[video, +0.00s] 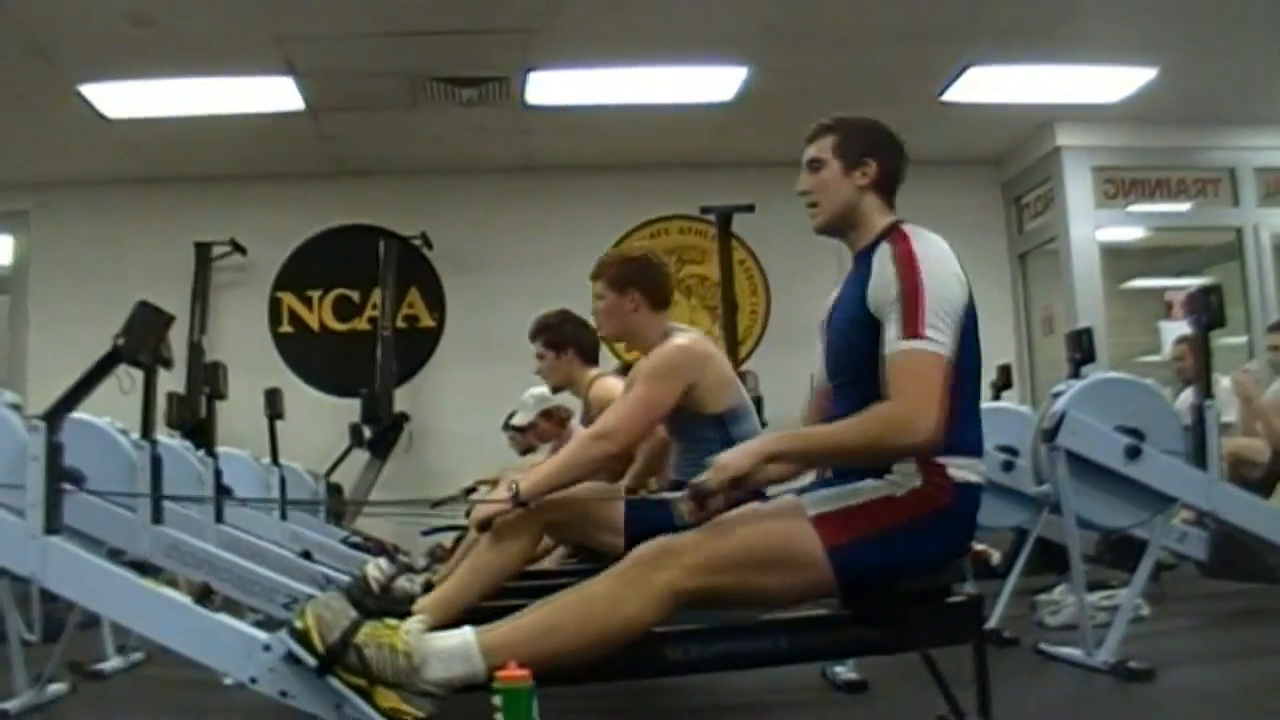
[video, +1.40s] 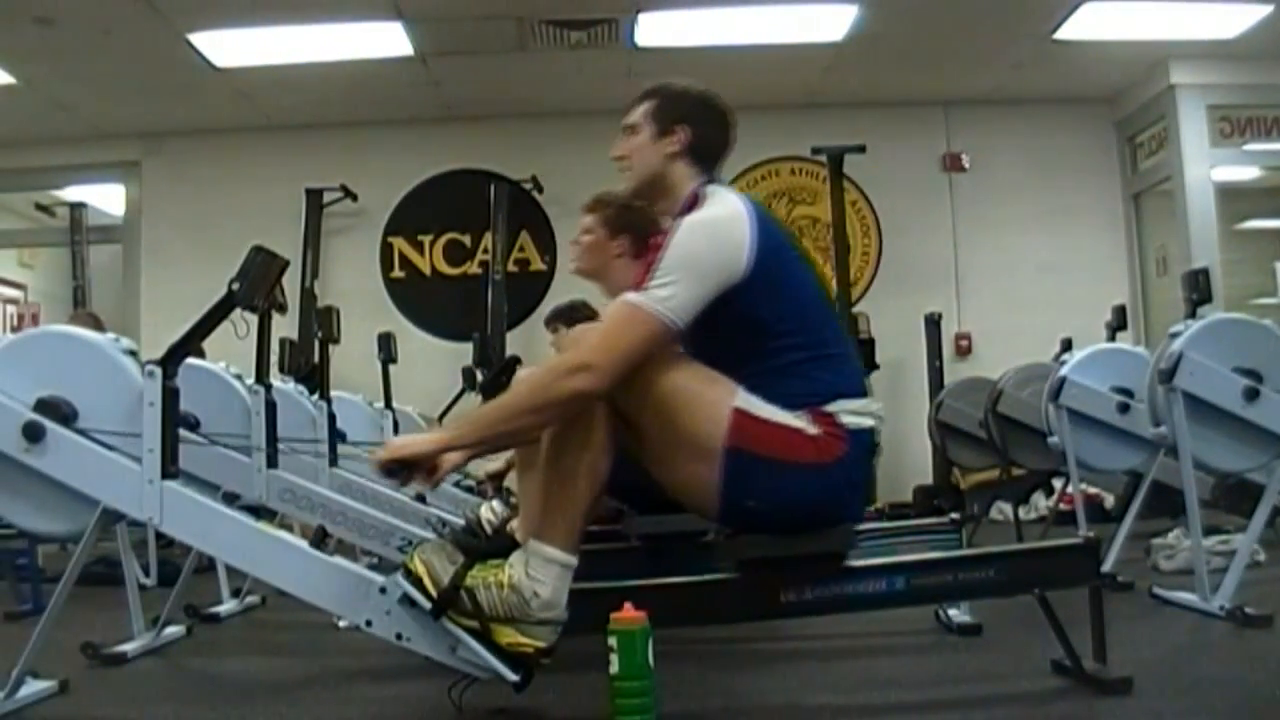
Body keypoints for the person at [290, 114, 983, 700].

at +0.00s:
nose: (803, 186)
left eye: (816, 169)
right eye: (802, 173)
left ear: (869, 173)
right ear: (852, 184)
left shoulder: (911, 254)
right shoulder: (858, 285)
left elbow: (913, 421)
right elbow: (826, 425)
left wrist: (771, 450)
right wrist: (752, 472)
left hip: (914, 493)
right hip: (865, 488)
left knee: (673, 564)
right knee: (657, 554)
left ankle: (432, 664)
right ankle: (423, 653)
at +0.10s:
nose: (771, 177)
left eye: (785, 159)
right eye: (772, 162)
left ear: (837, 165)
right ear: (817, 171)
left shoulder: (882, 243)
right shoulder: (828, 273)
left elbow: (842, 407)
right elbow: (787, 395)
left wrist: (685, 462)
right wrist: (679, 455)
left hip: (912, 481)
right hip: (864, 476)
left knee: (664, 534)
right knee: (647, 523)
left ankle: (434, 650)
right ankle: (428, 643)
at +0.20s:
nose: (729, 162)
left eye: (743, 145)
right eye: (731, 148)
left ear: (796, 152)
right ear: (781, 158)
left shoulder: (843, 226)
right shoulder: (788, 255)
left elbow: (768, 379)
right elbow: (731, 371)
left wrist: (620, 454)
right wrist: (620, 450)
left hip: (897, 467)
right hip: (847, 461)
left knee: (632, 494)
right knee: (623, 492)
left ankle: (436, 631)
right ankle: (433, 624)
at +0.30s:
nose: (684, 149)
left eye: (698, 131)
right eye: (687, 134)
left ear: (750, 140)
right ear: (742, 142)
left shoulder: (799, 212)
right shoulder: (752, 236)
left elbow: (695, 363)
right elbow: (682, 361)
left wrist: (557, 447)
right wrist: (559, 442)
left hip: (877, 447)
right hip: (826, 441)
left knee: (627, 447)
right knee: (609, 450)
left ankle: (438, 608)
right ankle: (433, 604)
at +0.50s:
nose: (596, 158)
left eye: (610, 141)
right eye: (599, 144)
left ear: (660, 147)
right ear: (656, 152)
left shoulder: (713, 221)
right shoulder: (684, 231)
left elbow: (588, 375)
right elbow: (596, 370)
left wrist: (454, 463)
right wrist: (460, 455)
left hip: (812, 451)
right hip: (767, 440)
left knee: (575, 405)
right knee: (556, 405)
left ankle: (438, 608)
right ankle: (431, 592)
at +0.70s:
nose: (519, 165)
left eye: (532, 148)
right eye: (522, 151)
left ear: (579, 152)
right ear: (575, 156)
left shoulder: (632, 227)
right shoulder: (604, 241)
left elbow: (511, 383)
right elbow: (504, 381)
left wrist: (371, 474)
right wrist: (404, 481)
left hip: (741, 461)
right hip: (701, 457)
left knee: (512, 331)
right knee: (508, 332)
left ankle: (440, 601)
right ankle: (433, 596)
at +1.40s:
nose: (615, 150)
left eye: (631, 134)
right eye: (620, 134)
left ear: (678, 143)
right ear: (677, 148)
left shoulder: (719, 223)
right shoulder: (696, 230)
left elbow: (589, 371)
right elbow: (584, 371)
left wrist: (444, 438)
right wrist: (457, 449)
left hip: (818, 459)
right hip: (784, 451)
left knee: (596, 358)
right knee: (580, 363)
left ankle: (540, 592)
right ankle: (529, 582)